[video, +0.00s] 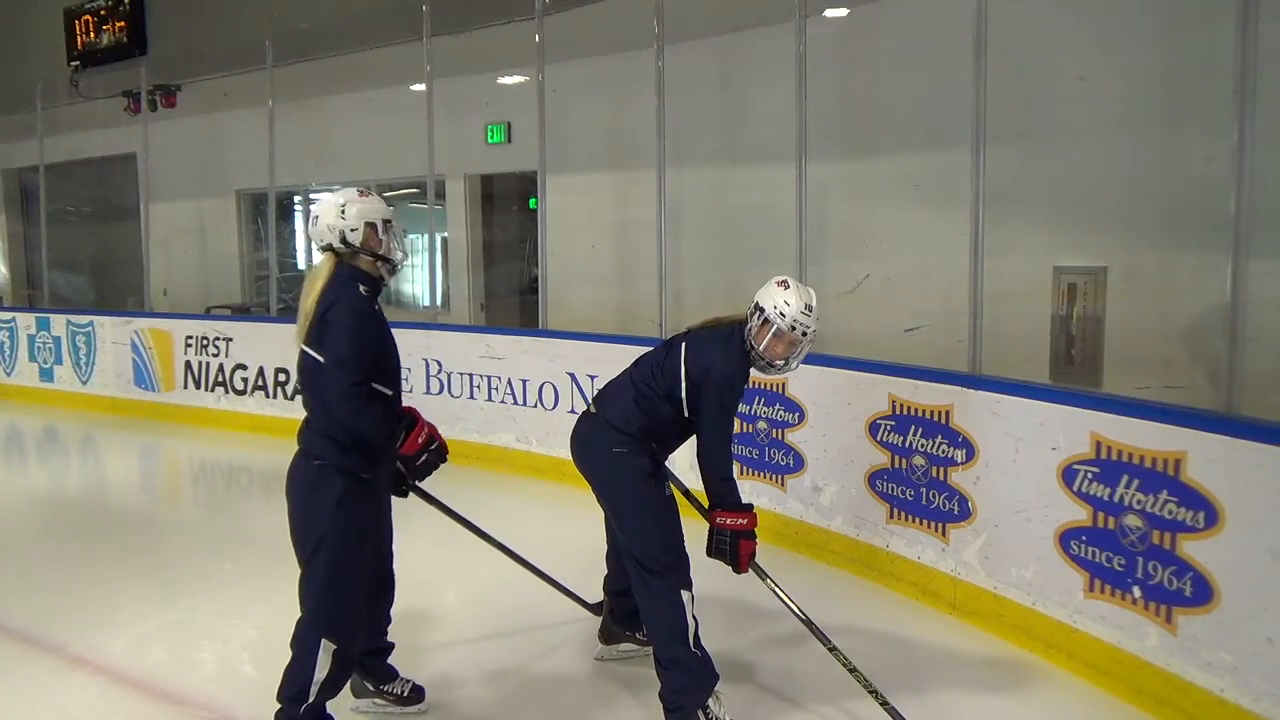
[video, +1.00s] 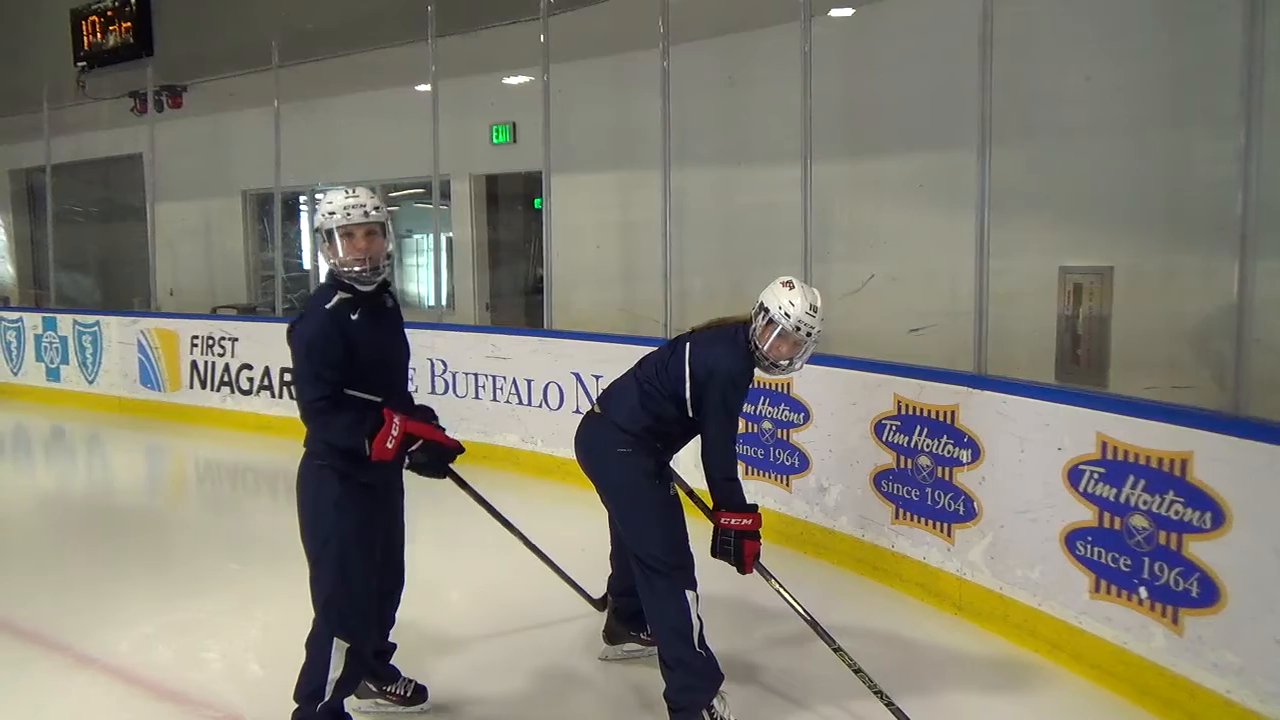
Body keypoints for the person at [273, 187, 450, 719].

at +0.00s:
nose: (390, 240)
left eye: (388, 229)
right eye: (379, 230)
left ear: (345, 236)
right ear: (352, 235)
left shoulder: (351, 292)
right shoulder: (345, 299)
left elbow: (355, 390)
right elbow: (345, 395)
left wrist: (390, 455)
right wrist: (407, 432)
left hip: (356, 470)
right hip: (333, 475)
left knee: (372, 576)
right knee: (335, 593)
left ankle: (369, 673)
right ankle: (300, 706)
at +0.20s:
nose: (395, 242)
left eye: (394, 231)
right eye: (385, 231)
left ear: (348, 238)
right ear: (359, 237)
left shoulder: (354, 295)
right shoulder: (352, 302)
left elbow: (348, 395)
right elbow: (356, 395)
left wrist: (386, 457)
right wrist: (419, 424)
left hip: (358, 470)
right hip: (337, 474)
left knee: (375, 576)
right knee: (337, 594)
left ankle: (370, 673)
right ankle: (302, 707)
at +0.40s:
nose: (401, 241)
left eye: (400, 231)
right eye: (389, 231)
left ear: (364, 240)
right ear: (359, 238)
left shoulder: (355, 293)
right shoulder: (358, 301)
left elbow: (345, 391)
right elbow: (366, 397)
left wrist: (387, 453)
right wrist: (432, 418)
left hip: (359, 469)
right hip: (341, 474)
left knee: (377, 577)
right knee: (339, 597)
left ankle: (371, 672)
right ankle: (305, 708)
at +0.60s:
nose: (389, 243)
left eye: (394, 232)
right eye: (376, 234)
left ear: (400, 237)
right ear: (346, 242)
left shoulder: (369, 301)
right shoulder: (345, 304)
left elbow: (374, 389)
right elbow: (352, 398)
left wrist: (418, 416)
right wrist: (422, 420)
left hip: (370, 468)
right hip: (342, 474)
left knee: (379, 578)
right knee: (342, 596)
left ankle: (371, 672)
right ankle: (311, 707)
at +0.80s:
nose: (372, 246)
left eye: (380, 235)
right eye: (359, 237)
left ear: (393, 240)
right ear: (339, 245)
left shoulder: (379, 306)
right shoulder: (332, 310)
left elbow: (386, 397)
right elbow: (331, 405)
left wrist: (422, 434)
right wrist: (404, 435)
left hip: (376, 469)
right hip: (338, 474)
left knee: (381, 576)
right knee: (343, 595)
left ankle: (371, 669)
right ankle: (315, 707)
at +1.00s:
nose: (362, 247)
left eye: (371, 235)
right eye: (349, 237)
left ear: (387, 240)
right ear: (328, 246)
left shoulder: (383, 305)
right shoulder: (321, 316)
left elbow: (394, 391)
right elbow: (319, 411)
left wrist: (428, 435)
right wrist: (397, 439)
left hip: (381, 472)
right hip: (335, 477)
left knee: (384, 579)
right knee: (343, 596)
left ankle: (370, 668)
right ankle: (317, 706)